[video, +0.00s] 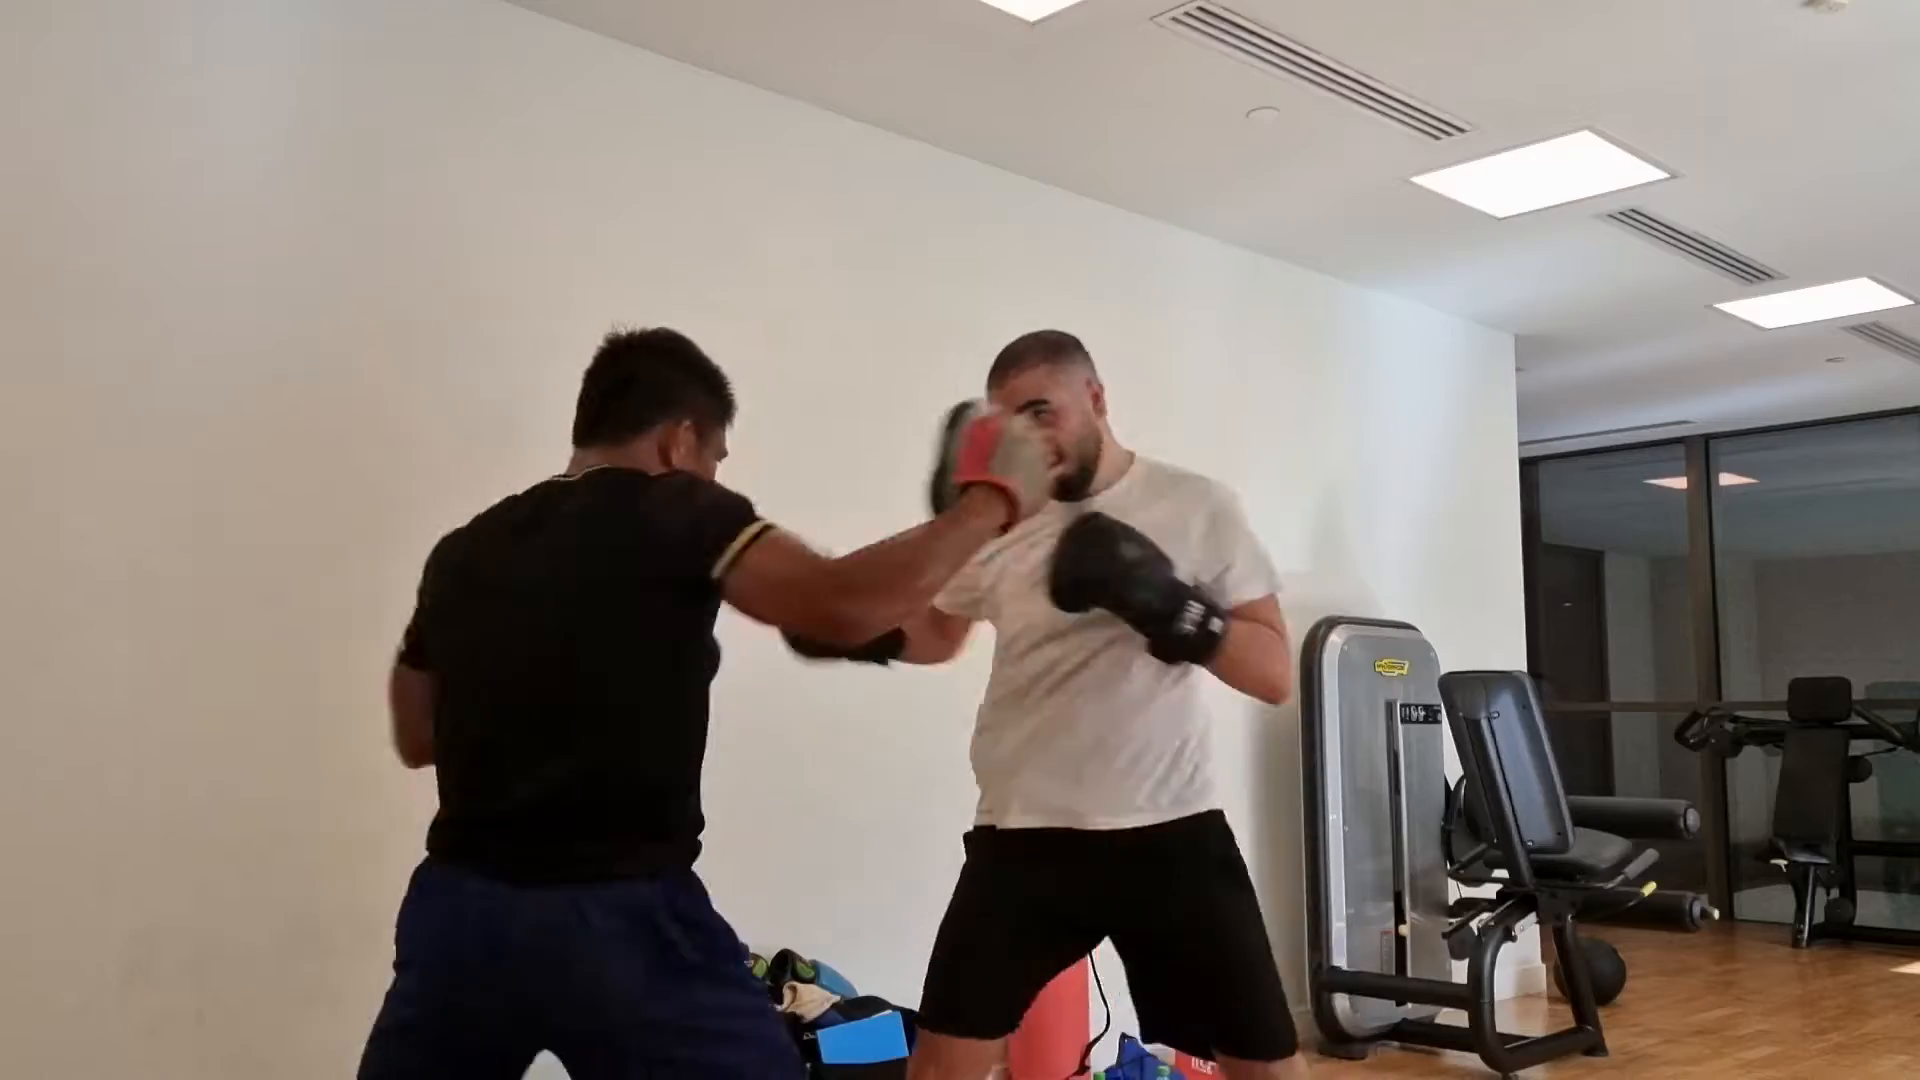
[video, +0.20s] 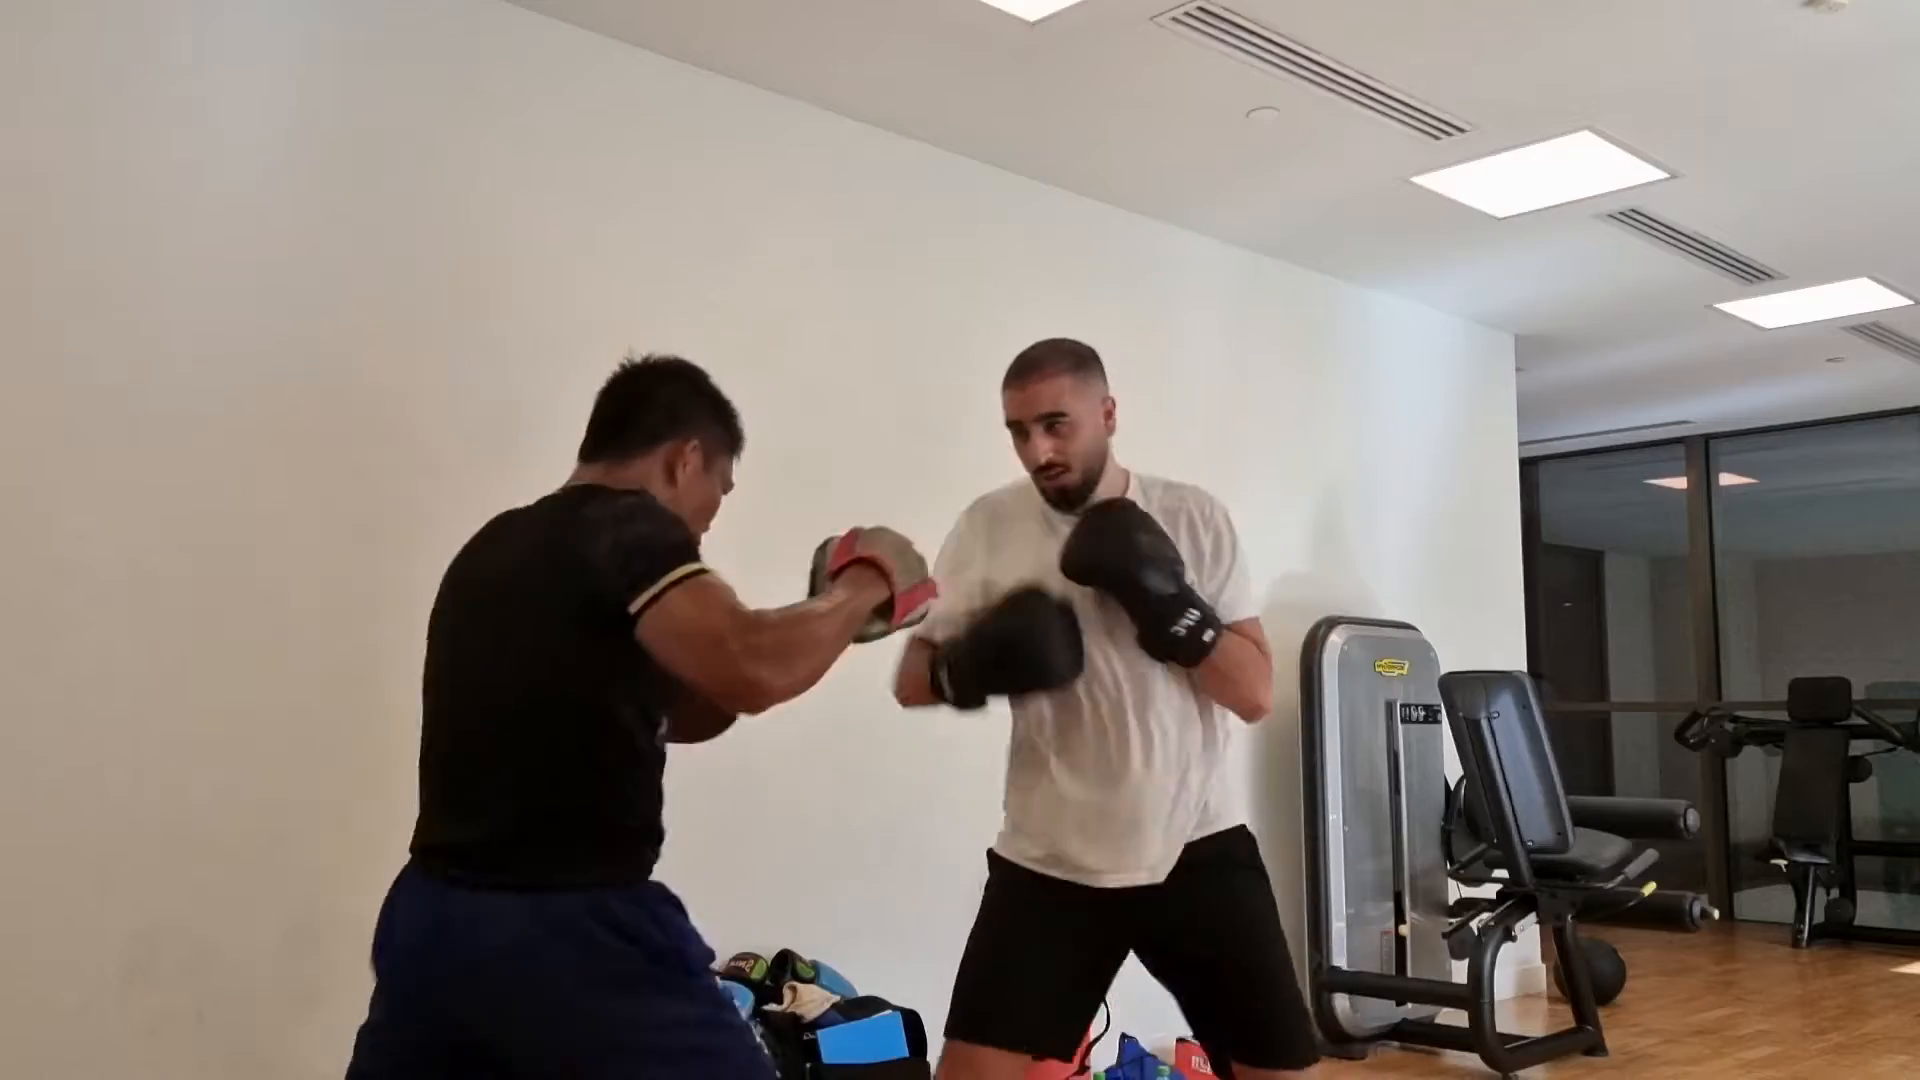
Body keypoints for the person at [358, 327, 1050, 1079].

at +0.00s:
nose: (714, 482)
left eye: (721, 465)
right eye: (716, 462)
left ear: (585, 433)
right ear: (677, 440)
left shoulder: (464, 551)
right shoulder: (677, 510)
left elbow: (416, 736)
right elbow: (839, 604)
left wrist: (551, 707)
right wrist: (989, 502)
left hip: (456, 926)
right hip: (630, 928)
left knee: (401, 1069)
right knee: (765, 1060)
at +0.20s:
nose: (715, 513)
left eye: (724, 493)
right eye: (721, 487)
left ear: (596, 450)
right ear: (683, 460)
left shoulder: (487, 550)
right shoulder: (627, 529)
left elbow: (685, 714)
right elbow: (753, 667)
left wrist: (818, 619)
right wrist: (862, 591)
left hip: (435, 924)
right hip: (588, 934)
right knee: (731, 1059)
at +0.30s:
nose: (705, 533)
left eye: (715, 513)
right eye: (712, 507)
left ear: (587, 467)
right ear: (674, 478)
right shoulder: (610, 546)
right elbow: (760, 648)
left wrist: (797, 610)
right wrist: (839, 583)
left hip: (424, 955)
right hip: (572, 959)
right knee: (740, 1065)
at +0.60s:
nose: (671, 531)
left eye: (679, 518)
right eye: (674, 513)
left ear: (551, 471)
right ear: (637, 483)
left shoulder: (408, 568)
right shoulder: (642, 554)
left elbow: (348, 765)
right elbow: (809, 662)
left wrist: (466, 693)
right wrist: (840, 546)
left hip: (398, 956)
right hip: (588, 959)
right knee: (711, 1057)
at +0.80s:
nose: (644, 530)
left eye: (656, 509)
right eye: (652, 504)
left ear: (527, 463)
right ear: (612, 473)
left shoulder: (414, 565)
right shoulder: (582, 541)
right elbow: (659, 702)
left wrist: (752, 661)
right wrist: (794, 638)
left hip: (388, 954)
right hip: (549, 956)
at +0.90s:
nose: (671, 521)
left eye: (686, 494)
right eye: (684, 486)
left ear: (557, 448)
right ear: (642, 459)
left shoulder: (455, 550)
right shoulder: (577, 538)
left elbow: (538, 686)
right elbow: (654, 711)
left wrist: (673, 619)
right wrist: (770, 635)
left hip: (400, 934)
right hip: (537, 943)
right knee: (689, 1062)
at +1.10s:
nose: (651, 473)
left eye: (654, 456)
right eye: (650, 454)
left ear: (511, 442)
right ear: (609, 439)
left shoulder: (399, 547)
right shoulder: (632, 512)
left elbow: (348, 693)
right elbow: (826, 548)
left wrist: (463, 651)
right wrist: (993, 500)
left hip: (410, 927)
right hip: (587, 925)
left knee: (375, 1068)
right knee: (719, 1064)